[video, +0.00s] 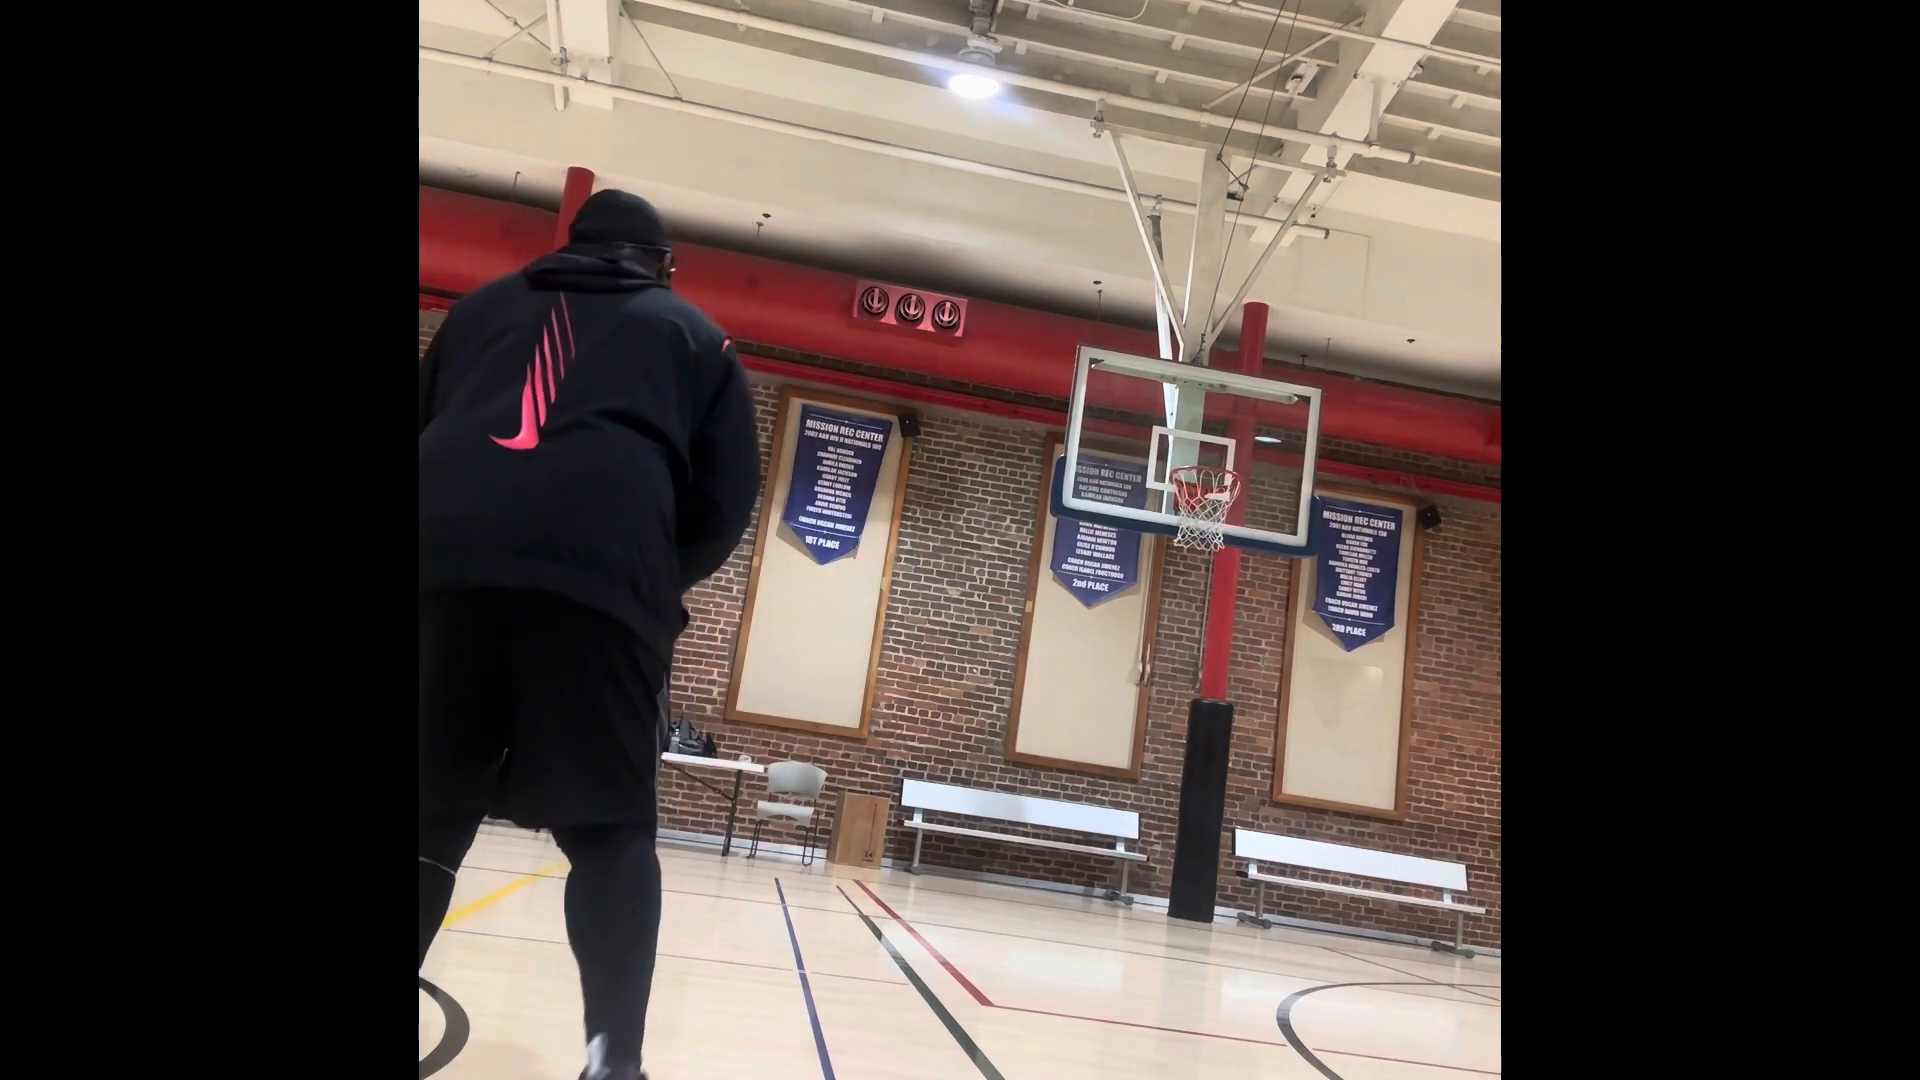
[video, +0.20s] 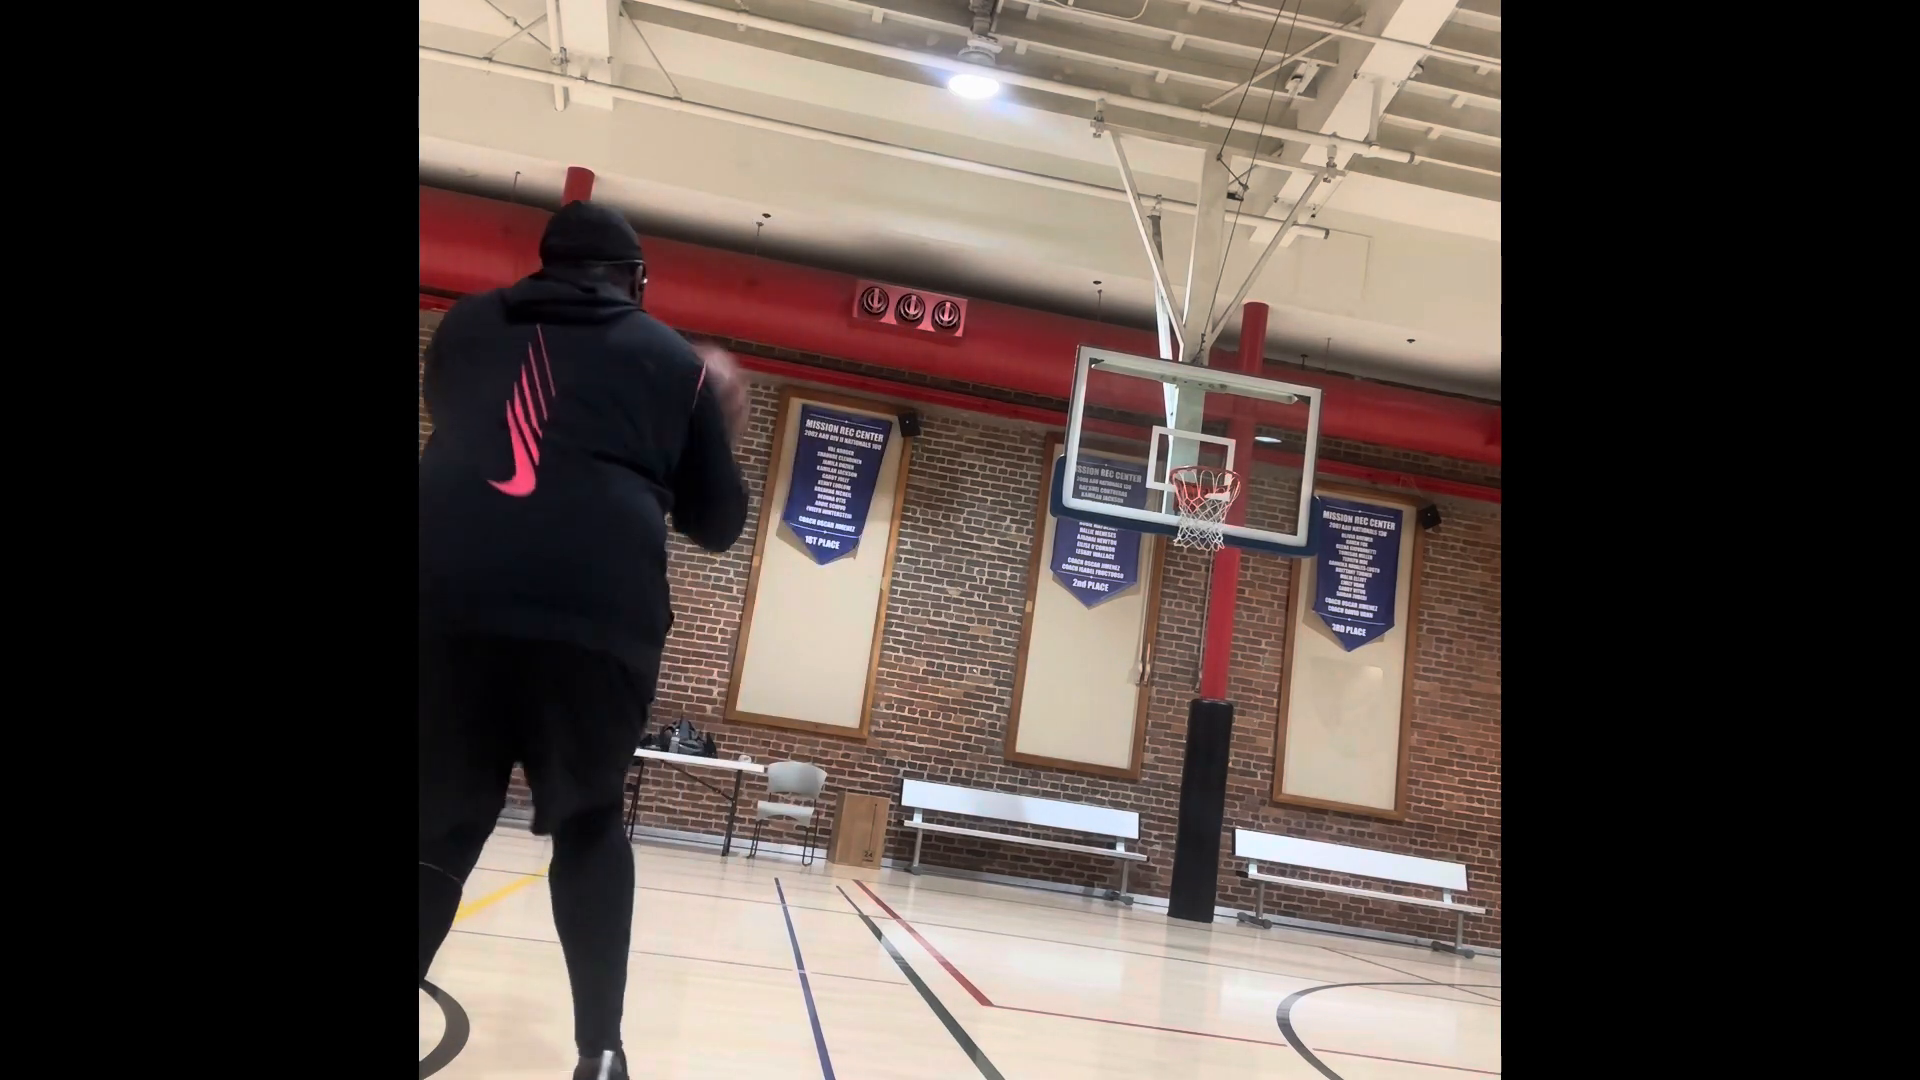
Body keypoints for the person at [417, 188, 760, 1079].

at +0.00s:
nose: (669, 277)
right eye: (670, 266)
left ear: (570, 243)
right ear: (659, 263)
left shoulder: (478, 308)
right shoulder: (696, 337)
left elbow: (425, 425)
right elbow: (728, 497)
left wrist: (454, 523)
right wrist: (653, 567)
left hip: (443, 571)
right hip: (601, 586)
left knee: (429, 819)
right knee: (611, 831)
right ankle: (614, 1057)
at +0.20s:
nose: (636, 287)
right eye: (636, 276)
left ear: (545, 265)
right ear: (631, 277)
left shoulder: (466, 325)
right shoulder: (674, 365)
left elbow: (447, 408)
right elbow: (717, 522)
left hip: (446, 603)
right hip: (596, 618)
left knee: (439, 828)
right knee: (588, 822)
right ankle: (599, 1052)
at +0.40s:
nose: (640, 288)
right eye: (642, 277)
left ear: (546, 279)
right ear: (638, 284)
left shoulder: (490, 340)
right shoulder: (680, 377)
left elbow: (500, 302)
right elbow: (778, 411)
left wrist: (573, 258)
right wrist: (729, 309)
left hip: (472, 640)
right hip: (614, 658)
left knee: (442, 855)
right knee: (581, 845)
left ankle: (419, 1018)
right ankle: (587, 1050)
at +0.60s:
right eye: (659, 216)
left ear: (565, 231)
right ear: (663, 235)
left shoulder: (525, 304)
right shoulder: (711, 333)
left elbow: (531, 213)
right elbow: (802, 325)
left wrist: (635, 147)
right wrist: (750, 227)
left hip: (513, 604)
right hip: (648, 625)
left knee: (448, 817)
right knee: (597, 831)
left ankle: (415, 1014)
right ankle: (592, 1047)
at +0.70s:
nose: (686, 185)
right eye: (682, 171)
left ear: (588, 170)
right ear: (679, 178)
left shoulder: (549, 238)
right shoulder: (723, 266)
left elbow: (540, 176)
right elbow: (786, 221)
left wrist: (583, 103)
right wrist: (805, 145)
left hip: (532, 546)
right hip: (659, 573)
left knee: (463, 756)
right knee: (626, 785)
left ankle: (413, 984)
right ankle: (609, 1030)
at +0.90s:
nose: (634, 126)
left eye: (623, 116)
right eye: (667, 121)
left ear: (614, 128)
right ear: (700, 130)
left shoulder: (574, 191)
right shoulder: (747, 211)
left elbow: (488, 130)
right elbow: (794, 129)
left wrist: (508, 42)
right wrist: (824, 51)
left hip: (575, 497)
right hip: (699, 519)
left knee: (494, 711)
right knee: (654, 737)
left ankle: (436, 948)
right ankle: (644, 970)